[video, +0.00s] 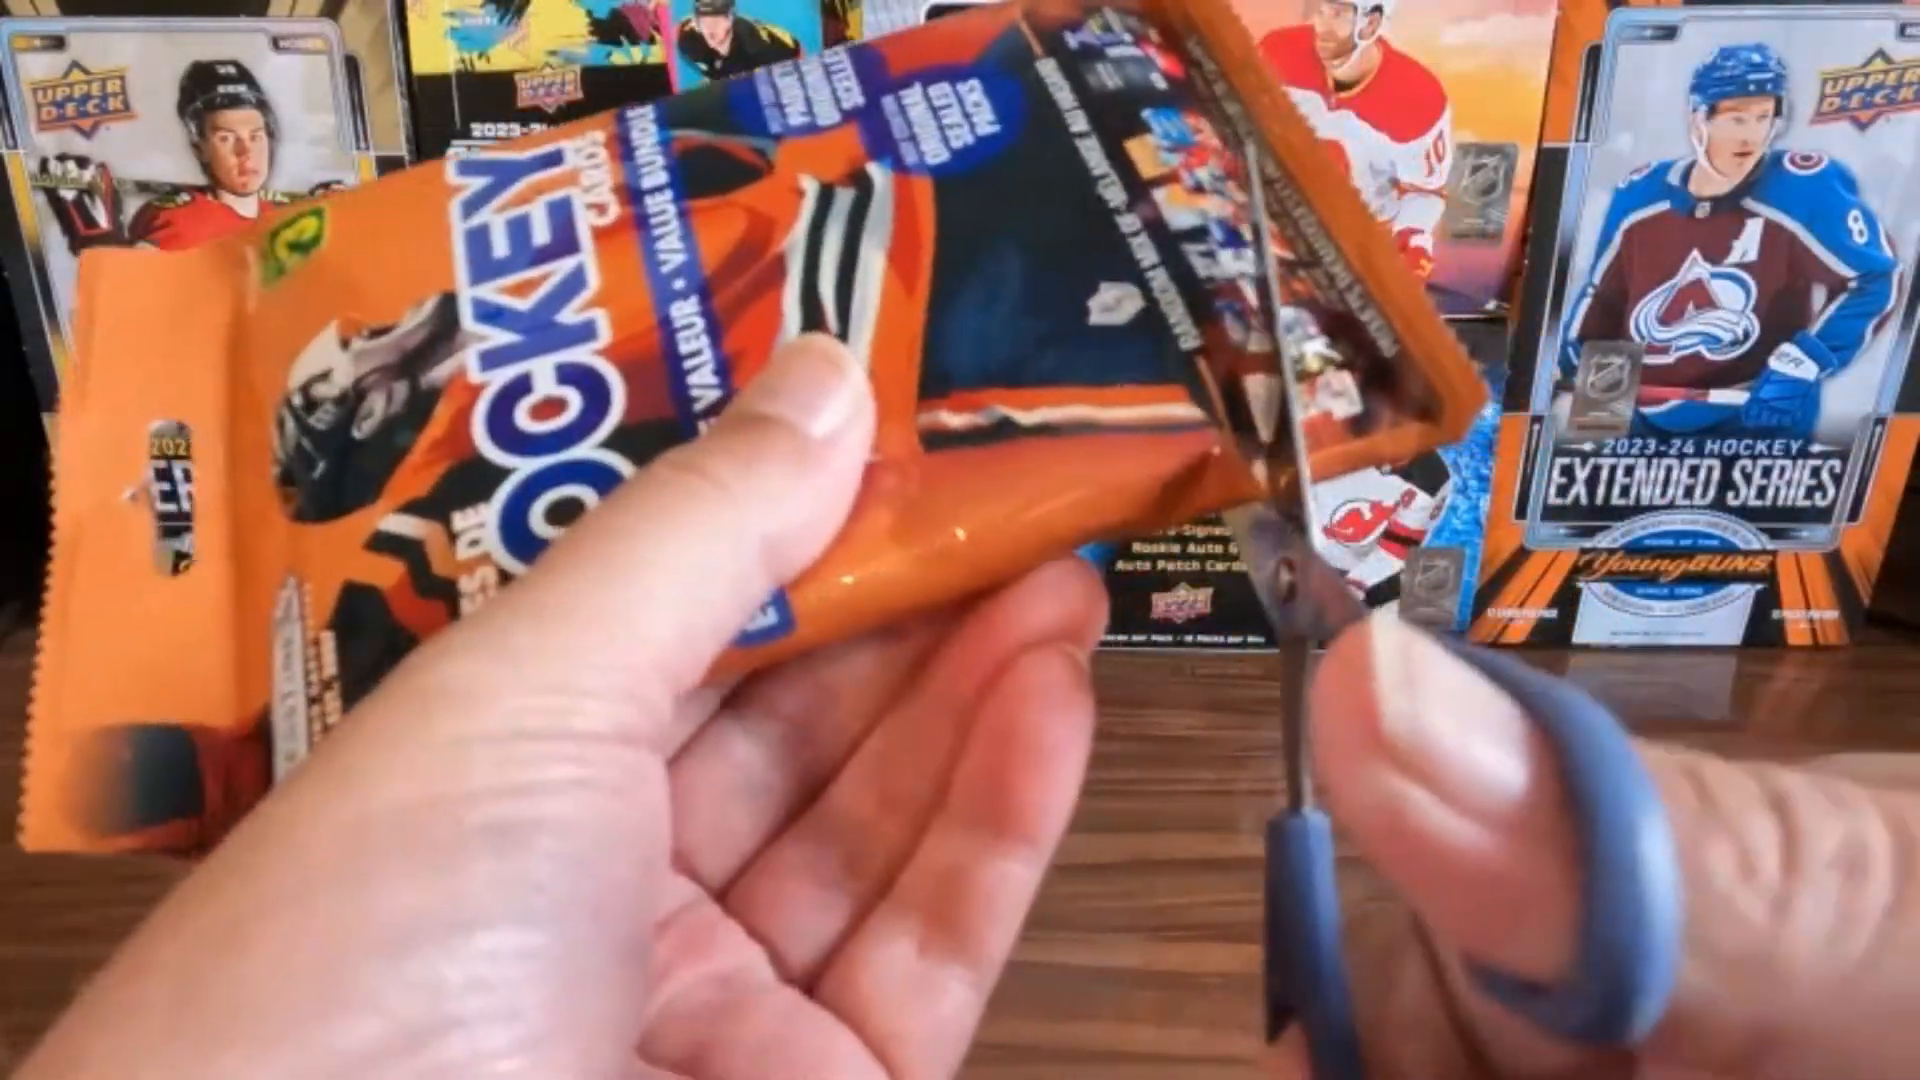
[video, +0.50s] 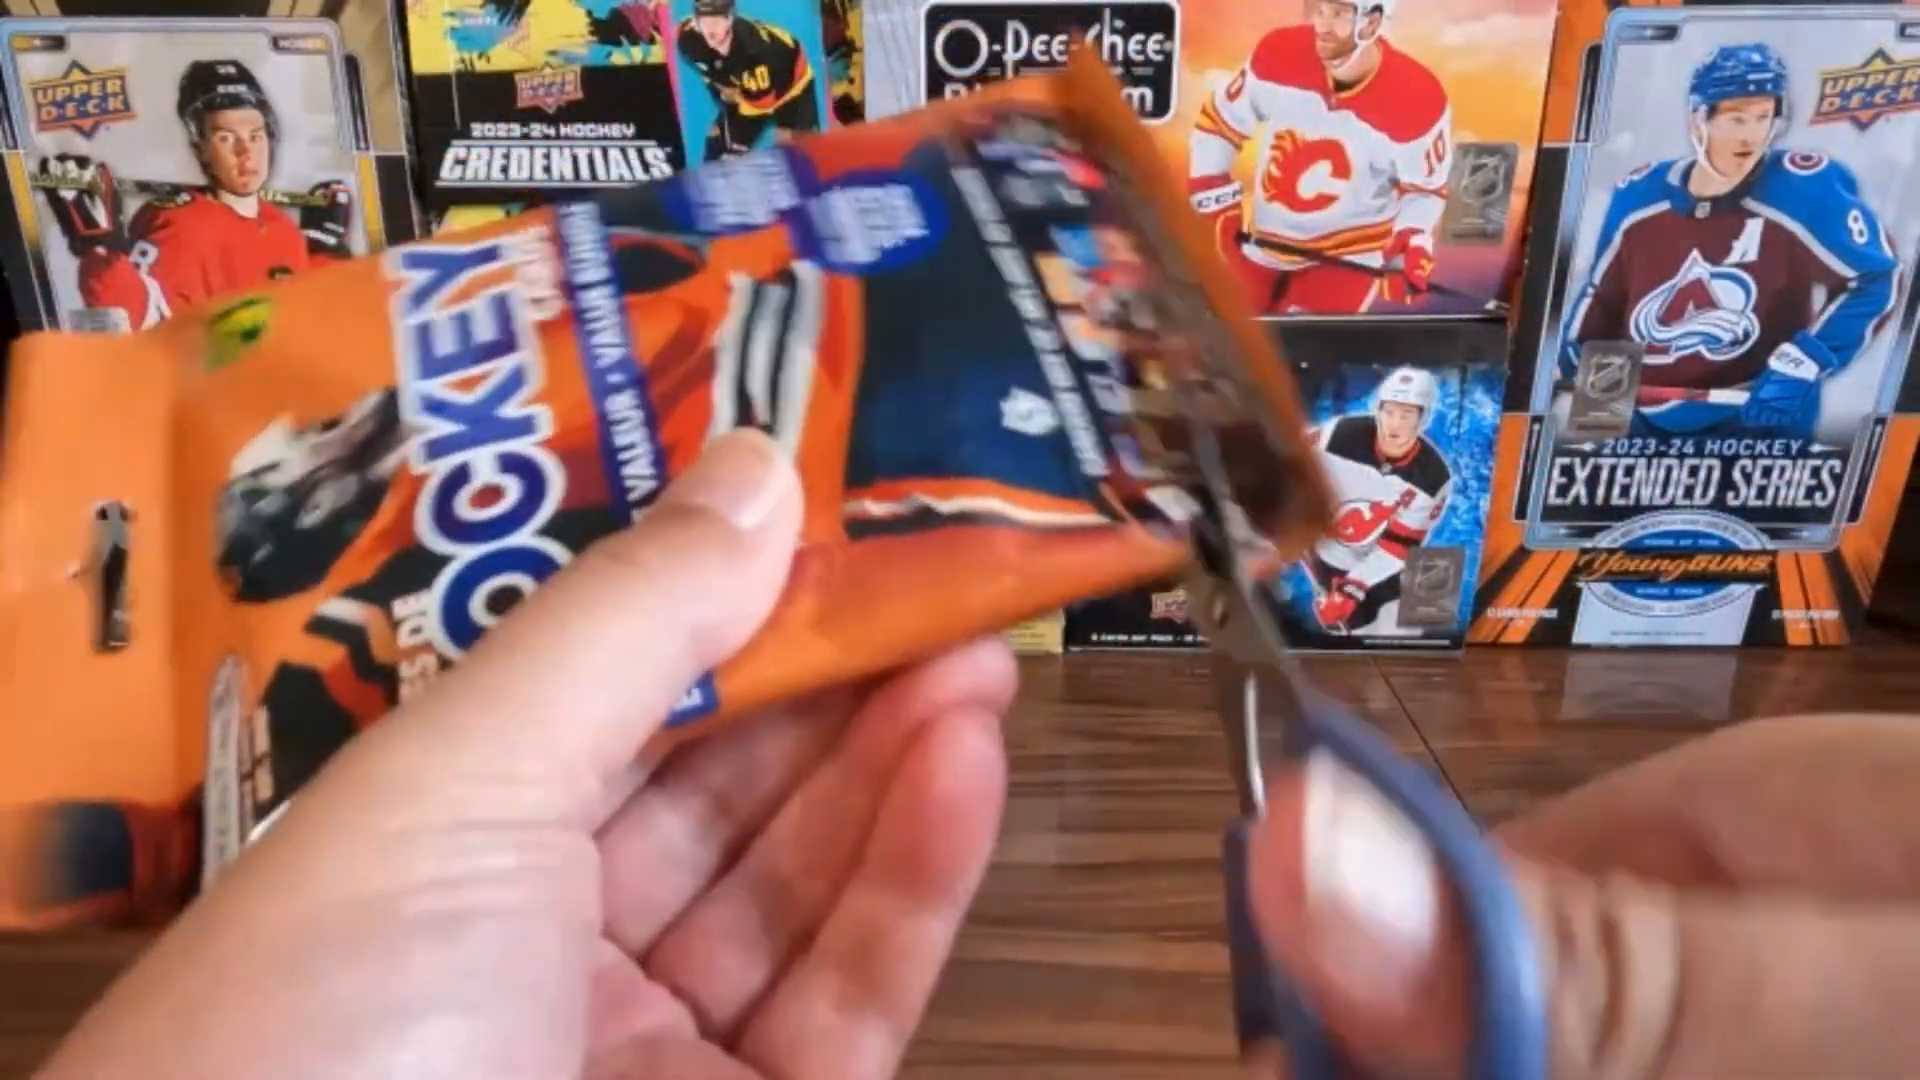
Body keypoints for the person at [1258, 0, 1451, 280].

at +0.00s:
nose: (1322, 28)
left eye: (1339, 14)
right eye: (1318, 12)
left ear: (1372, 24)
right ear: (1309, 12)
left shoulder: (1419, 94)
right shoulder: (1276, 55)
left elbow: (1423, 191)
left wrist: (1411, 256)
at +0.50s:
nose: (1323, 26)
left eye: (1339, 14)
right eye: (1318, 11)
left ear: (1372, 22)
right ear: (1309, 11)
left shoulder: (1417, 96)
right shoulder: (1277, 56)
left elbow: (1423, 191)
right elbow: (1215, 126)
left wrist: (1414, 249)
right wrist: (1218, 208)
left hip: (1347, 261)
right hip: (1257, 248)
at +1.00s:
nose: (1323, 27)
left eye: (1340, 14)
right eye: (1318, 11)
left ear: (1373, 21)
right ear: (1309, 11)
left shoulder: (1417, 95)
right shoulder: (1276, 56)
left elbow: (1423, 190)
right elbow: (1215, 128)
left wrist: (1414, 248)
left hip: (1351, 262)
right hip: (1261, 254)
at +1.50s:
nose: (1323, 26)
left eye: (1339, 14)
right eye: (1318, 11)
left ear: (1373, 22)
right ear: (1309, 11)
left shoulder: (1417, 96)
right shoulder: (1276, 56)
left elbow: (1424, 191)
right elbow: (1216, 125)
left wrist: (1413, 248)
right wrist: (1214, 209)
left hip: (1350, 263)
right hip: (1262, 250)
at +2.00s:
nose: (1323, 26)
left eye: (1339, 14)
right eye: (1318, 11)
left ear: (1373, 22)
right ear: (1309, 11)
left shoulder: (1416, 96)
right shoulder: (1276, 56)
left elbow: (1424, 191)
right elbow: (1216, 124)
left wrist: (1415, 247)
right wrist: (1213, 201)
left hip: (1346, 261)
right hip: (1261, 249)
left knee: (1287, 367)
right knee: (1219, 361)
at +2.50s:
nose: (1323, 27)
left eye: (1339, 14)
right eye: (1317, 11)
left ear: (1373, 21)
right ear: (1309, 11)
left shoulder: (1416, 96)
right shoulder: (1276, 56)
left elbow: (1423, 190)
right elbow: (1216, 125)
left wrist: (1414, 248)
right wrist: (1221, 215)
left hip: (1356, 259)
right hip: (1269, 248)